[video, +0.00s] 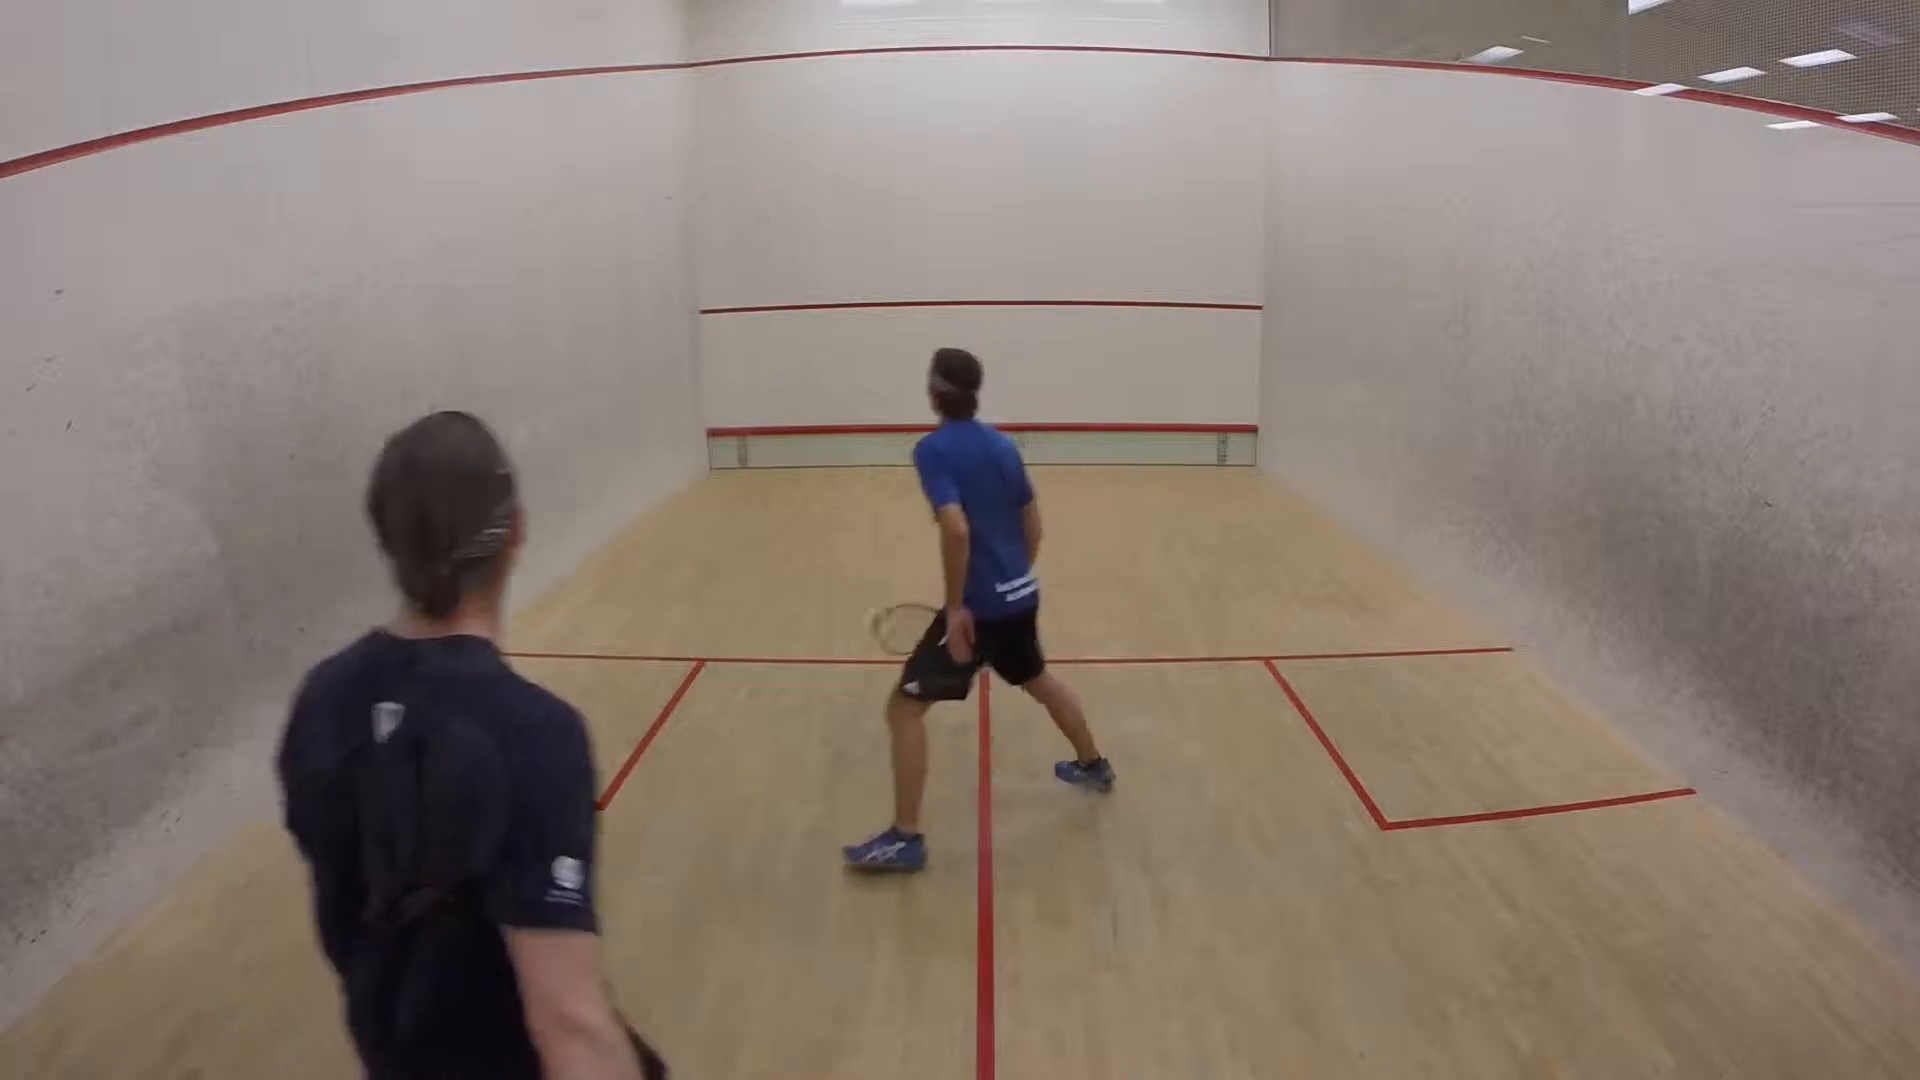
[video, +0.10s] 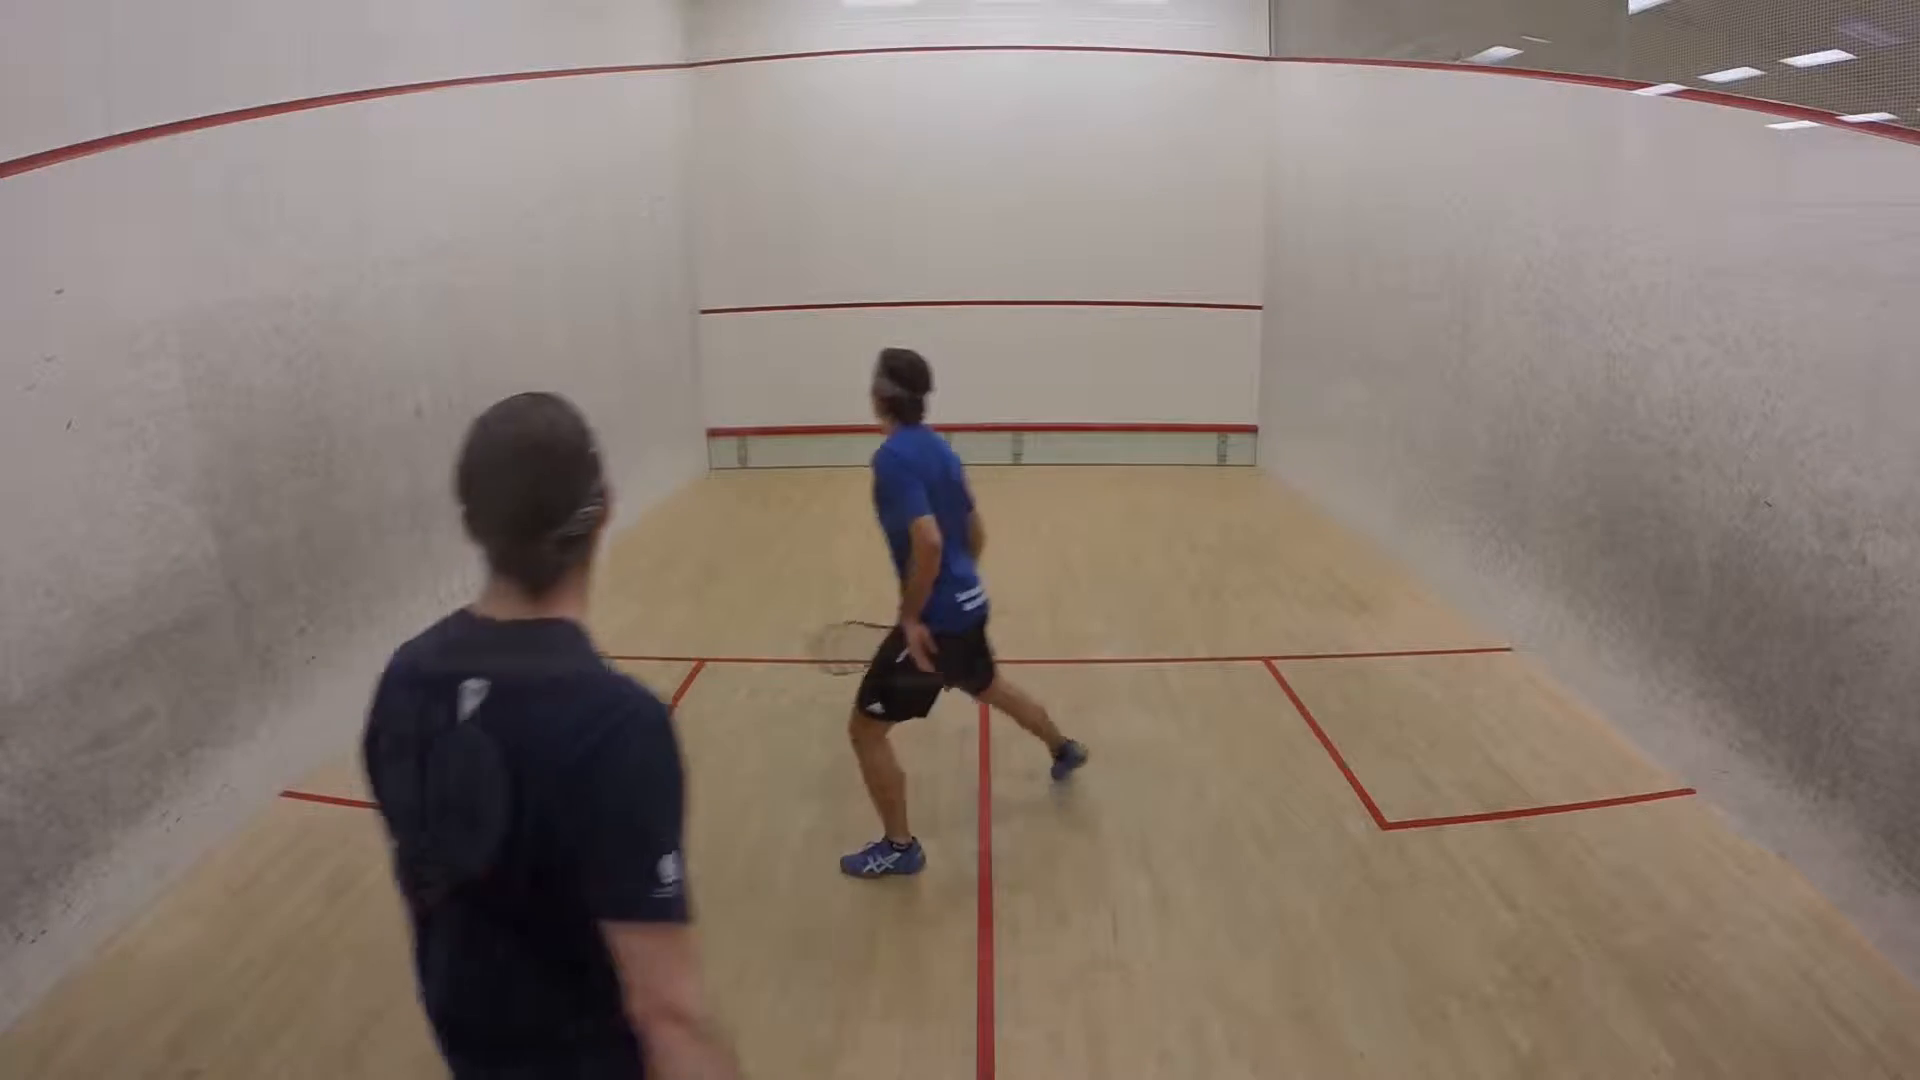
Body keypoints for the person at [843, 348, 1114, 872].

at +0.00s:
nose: (927, 391)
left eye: (930, 384)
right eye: (934, 383)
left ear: (936, 393)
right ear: (976, 393)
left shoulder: (933, 449)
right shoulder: (1001, 444)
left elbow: (956, 528)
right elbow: (1032, 526)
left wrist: (956, 607)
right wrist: (1016, 580)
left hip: (973, 609)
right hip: (1020, 600)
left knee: (904, 707)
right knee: (1038, 679)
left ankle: (906, 834)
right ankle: (1092, 763)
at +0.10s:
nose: (871, 392)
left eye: (875, 384)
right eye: (876, 383)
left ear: (881, 396)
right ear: (921, 398)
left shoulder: (893, 458)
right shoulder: (937, 447)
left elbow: (926, 542)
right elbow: (974, 533)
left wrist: (910, 617)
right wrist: (951, 581)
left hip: (930, 623)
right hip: (966, 610)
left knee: (866, 728)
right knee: (987, 683)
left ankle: (899, 844)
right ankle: (1063, 747)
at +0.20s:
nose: (809, 387)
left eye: (812, 379)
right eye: (813, 377)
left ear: (820, 390)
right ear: (860, 389)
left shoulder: (853, 457)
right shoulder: (875, 442)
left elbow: (892, 546)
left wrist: (867, 636)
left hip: (899, 621)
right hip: (918, 611)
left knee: (860, 730)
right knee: (901, 704)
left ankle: (899, 844)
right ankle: (990, 753)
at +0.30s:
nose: (746, 385)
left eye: (750, 376)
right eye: (748, 375)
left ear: (761, 386)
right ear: (803, 384)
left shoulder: (803, 454)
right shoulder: (815, 439)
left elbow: (847, 547)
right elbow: (831, 532)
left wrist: (816, 619)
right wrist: (794, 581)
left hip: (865, 627)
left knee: (879, 740)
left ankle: (899, 841)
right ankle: (880, 815)